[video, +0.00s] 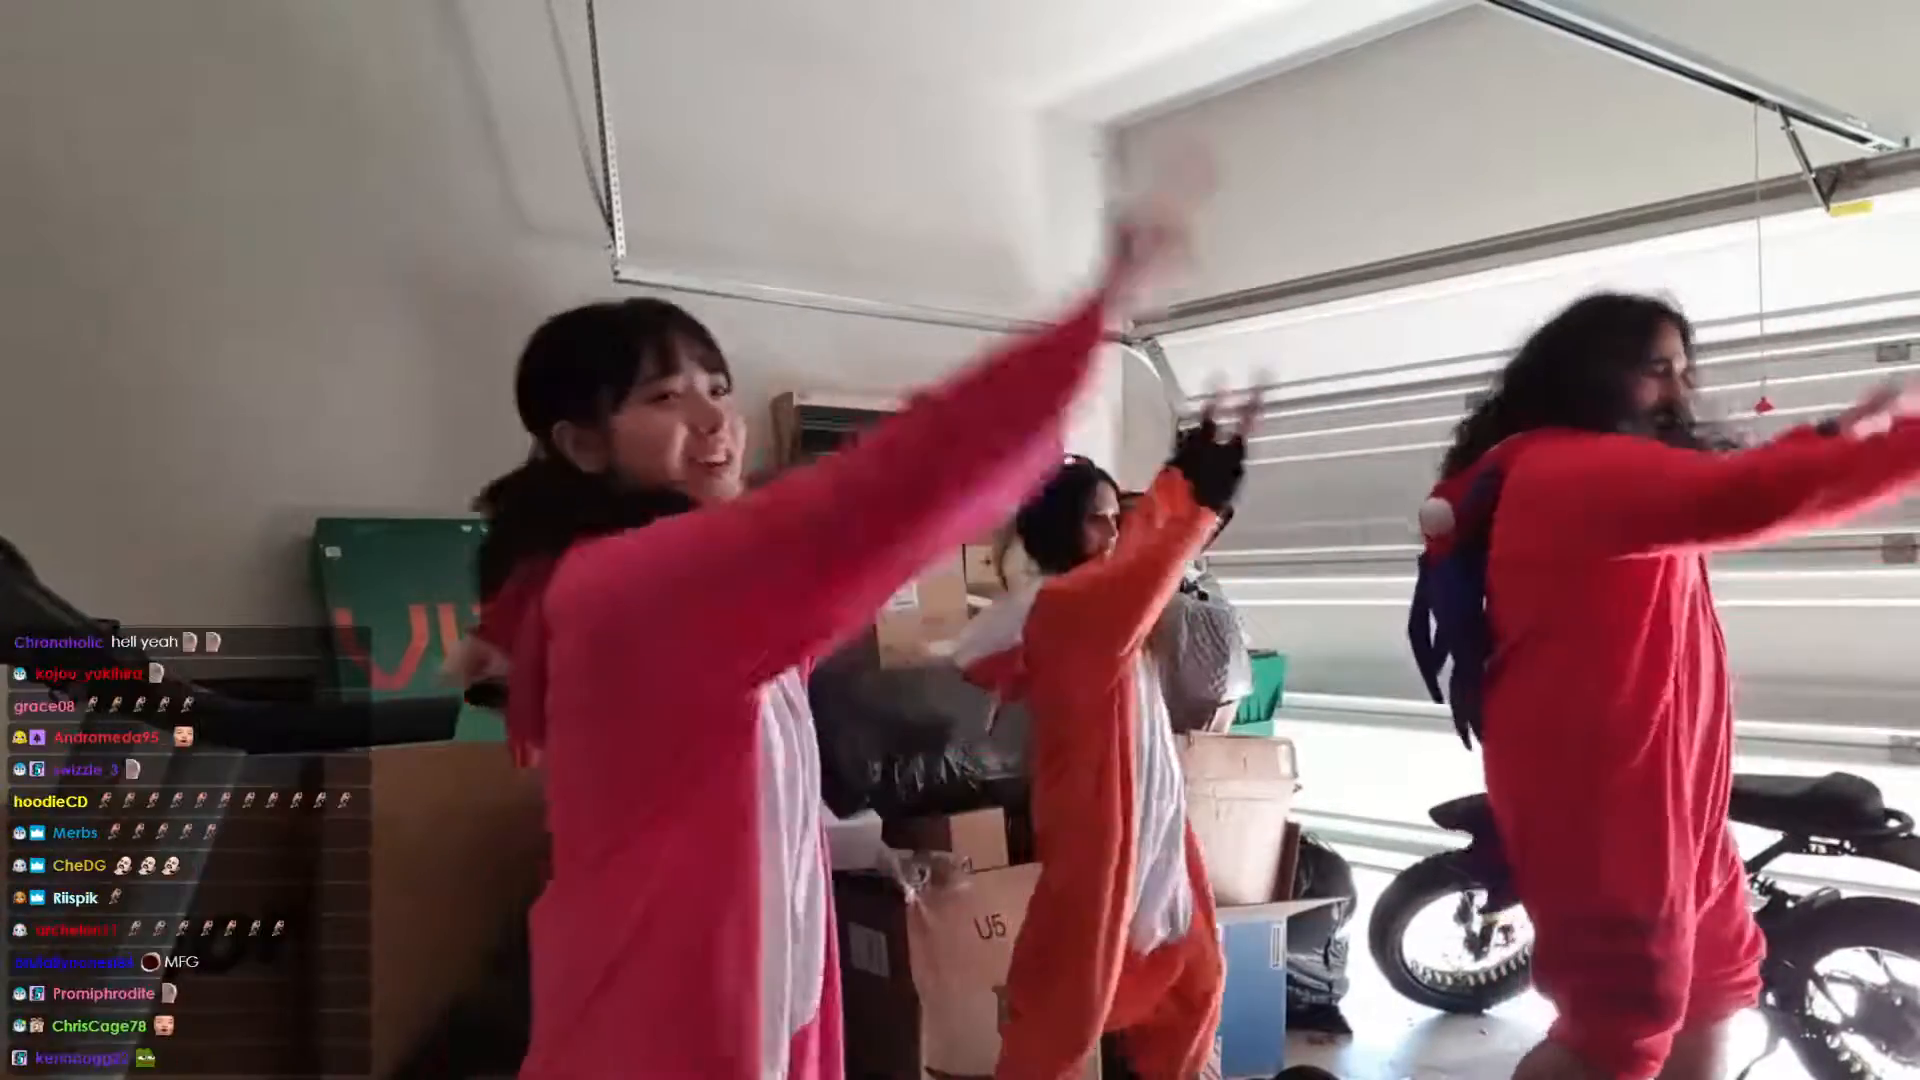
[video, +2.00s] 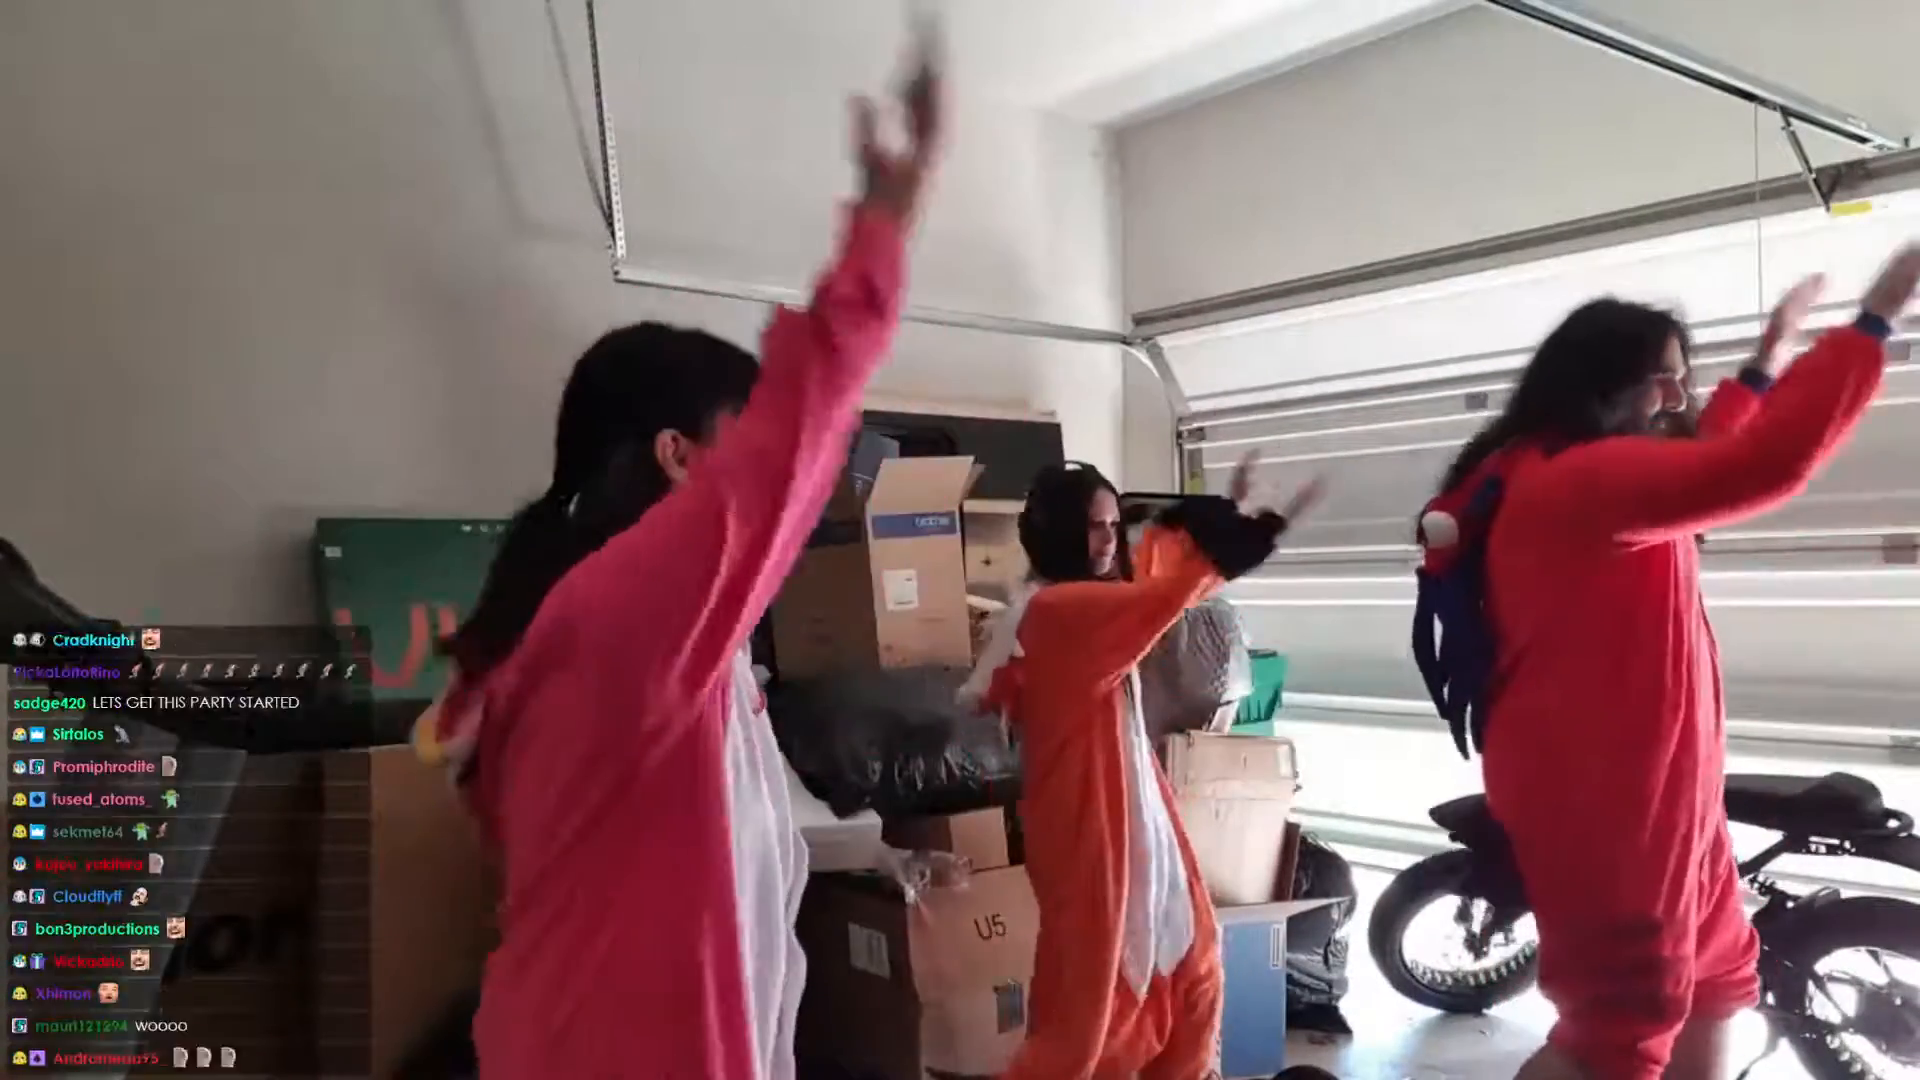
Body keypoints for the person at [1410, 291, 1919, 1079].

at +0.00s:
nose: (1679, 392)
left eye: (1684, 374)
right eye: (1657, 370)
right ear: (1592, 374)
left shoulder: (1621, 469)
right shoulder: (1559, 474)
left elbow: (1727, 473)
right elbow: (1734, 497)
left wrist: (1839, 432)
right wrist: (1909, 441)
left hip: (1671, 795)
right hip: (1598, 809)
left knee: (1716, 990)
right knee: (1620, 1030)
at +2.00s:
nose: (1681, 403)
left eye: (1682, 383)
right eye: (1662, 384)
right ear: (1602, 390)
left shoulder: (1610, 470)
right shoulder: (1568, 483)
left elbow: (1700, 454)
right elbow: (1763, 467)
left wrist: (1770, 357)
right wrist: (1875, 321)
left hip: (1664, 783)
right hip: (1596, 800)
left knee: (1717, 985)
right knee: (1623, 1026)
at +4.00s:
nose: (1671, 370)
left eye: (1684, 352)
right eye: (1645, 350)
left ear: (1699, 369)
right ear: (1593, 365)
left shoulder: (1654, 473)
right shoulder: (1587, 479)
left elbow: (1700, 632)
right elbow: (1676, 643)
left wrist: (1770, 681)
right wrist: (1816, 738)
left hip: (1658, 786)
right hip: (1587, 793)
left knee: (1660, 1000)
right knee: (1576, 1020)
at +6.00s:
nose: (1695, 391)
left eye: (1713, 373)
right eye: (1670, 371)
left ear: (1730, 389)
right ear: (1627, 380)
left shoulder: (1675, 485)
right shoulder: (1603, 491)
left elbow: (1664, 667)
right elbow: (1592, 675)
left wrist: (1691, 812)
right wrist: (1655, 828)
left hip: (1662, 798)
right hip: (1578, 807)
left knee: (1689, 984)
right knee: (1586, 1027)